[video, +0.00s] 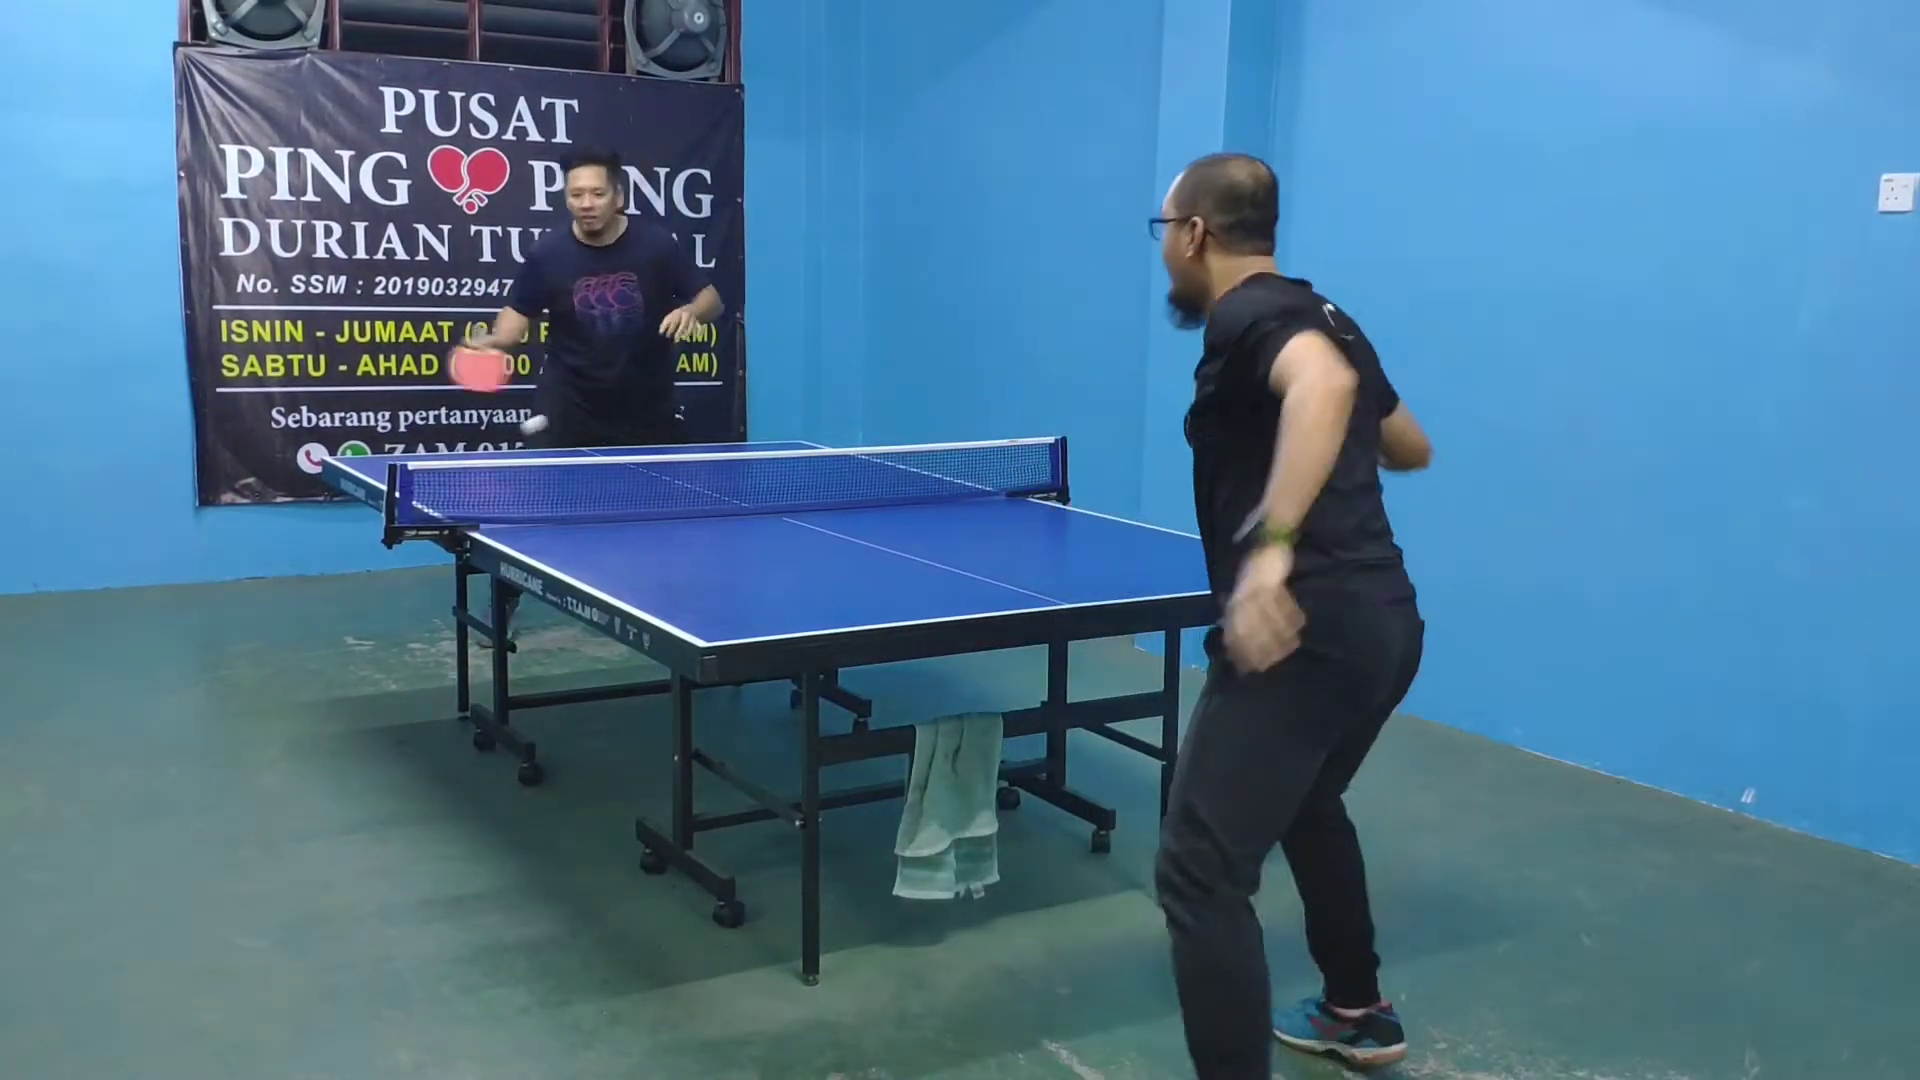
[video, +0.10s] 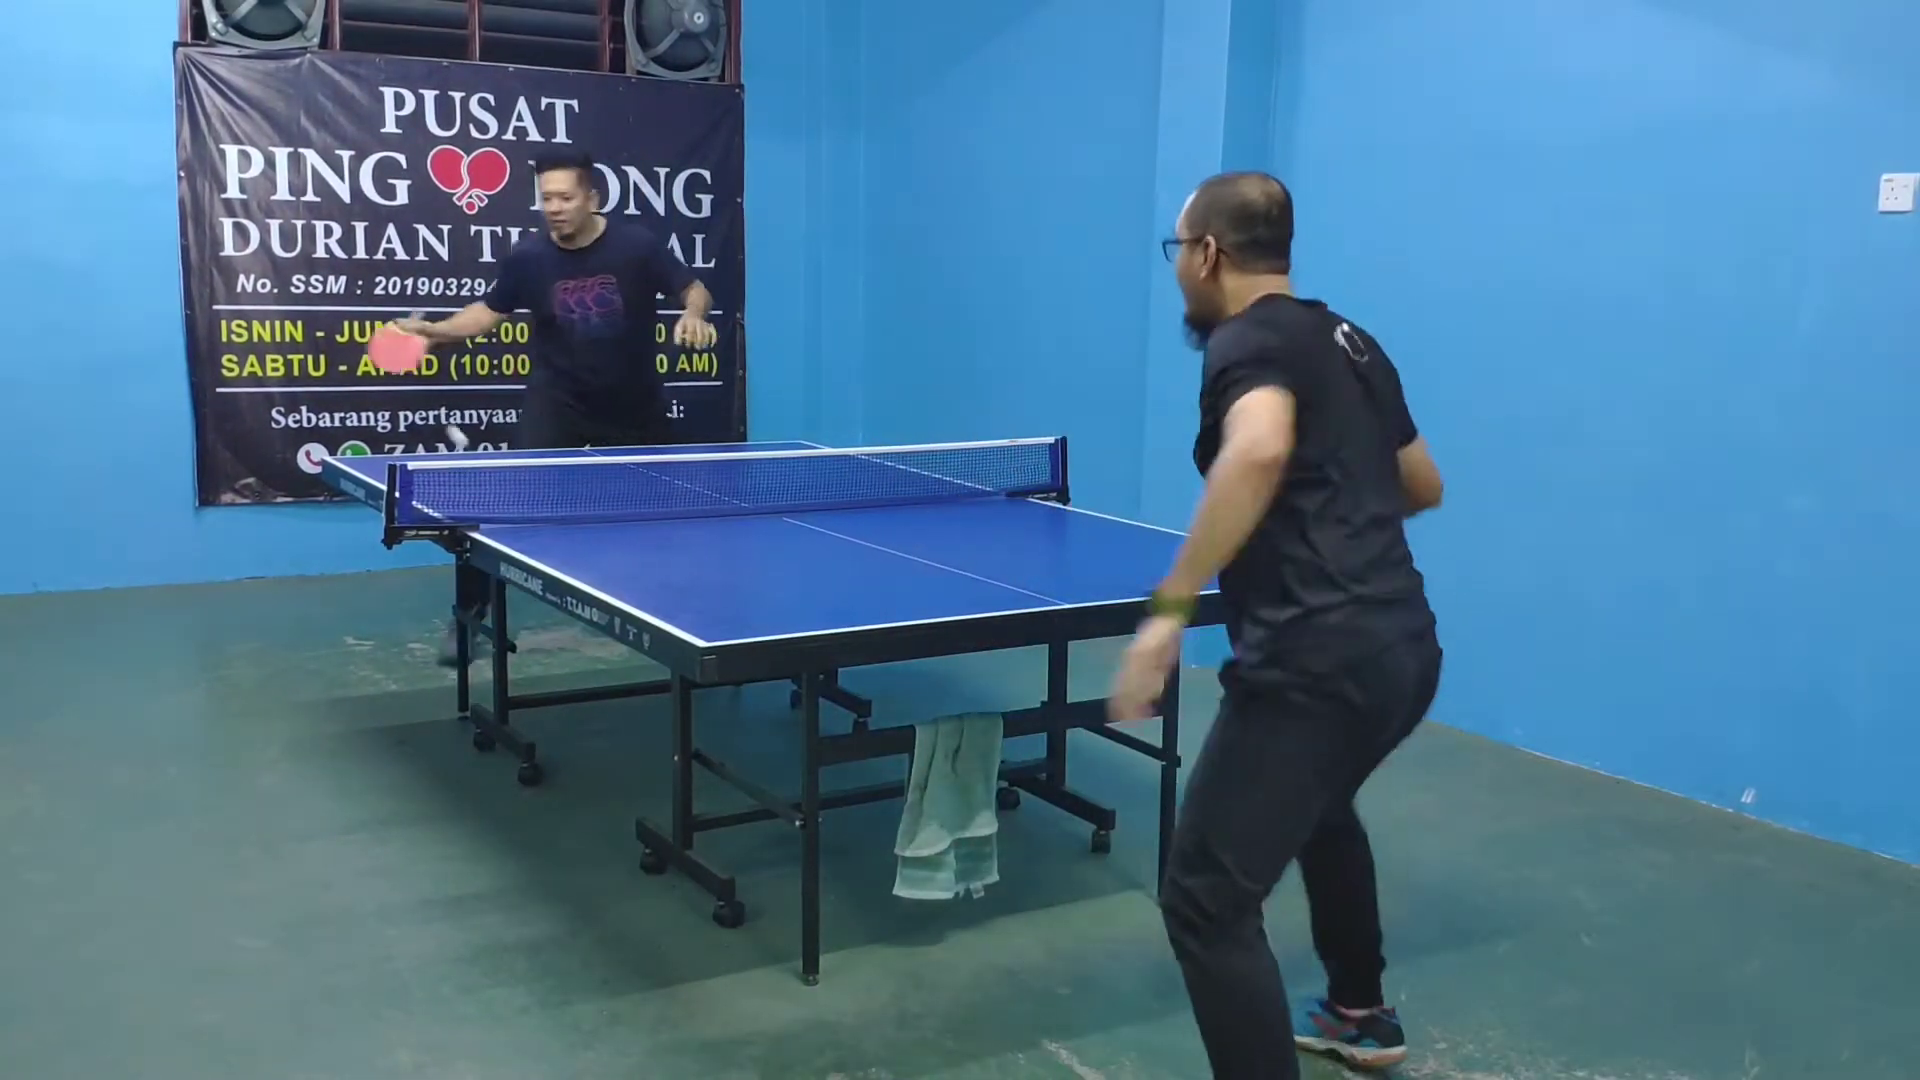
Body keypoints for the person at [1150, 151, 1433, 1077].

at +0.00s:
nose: (1163, 247)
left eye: (1167, 229)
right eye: (1164, 229)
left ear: (1198, 234)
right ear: (1258, 233)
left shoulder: (1251, 311)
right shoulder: (1324, 317)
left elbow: (1323, 378)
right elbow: (1407, 446)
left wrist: (1268, 548)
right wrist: (1300, 431)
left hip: (1306, 624)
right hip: (1379, 624)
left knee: (1200, 869)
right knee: (1309, 802)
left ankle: (1232, 1066)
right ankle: (1356, 1008)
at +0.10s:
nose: (1176, 265)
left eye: (1181, 247)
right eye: (1179, 247)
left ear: (1210, 253)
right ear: (1278, 253)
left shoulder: (1251, 339)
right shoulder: (1347, 337)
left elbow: (1259, 453)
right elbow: (1421, 485)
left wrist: (1166, 616)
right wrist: (1303, 508)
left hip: (1310, 665)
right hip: (1396, 653)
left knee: (1206, 893)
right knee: (1320, 799)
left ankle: (1254, 1066)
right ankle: (1360, 1010)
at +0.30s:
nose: (1181, 316)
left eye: (1184, 299)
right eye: (1181, 299)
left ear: (1214, 303)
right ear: (1291, 299)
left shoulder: (1246, 381)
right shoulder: (1376, 374)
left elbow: (1198, 511)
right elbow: (1428, 515)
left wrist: (1105, 613)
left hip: (1362, 698)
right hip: (1467, 679)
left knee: (1217, 914)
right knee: (1410, 814)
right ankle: (1469, 1025)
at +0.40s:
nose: (1189, 345)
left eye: (1189, 328)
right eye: (1186, 329)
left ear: (1218, 330)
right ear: (1291, 321)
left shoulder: (1261, 403)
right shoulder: (1375, 390)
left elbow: (1245, 546)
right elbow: (1410, 553)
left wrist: (1156, 648)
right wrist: (1283, 600)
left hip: (1399, 707)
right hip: (1500, 687)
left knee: (1242, 908)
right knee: (1423, 822)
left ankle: (1269, 1070)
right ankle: (1468, 1031)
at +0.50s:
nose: (1199, 369)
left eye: (1198, 352)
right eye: (1197, 352)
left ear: (1223, 355)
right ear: (1298, 347)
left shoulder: (1272, 434)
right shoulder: (1379, 410)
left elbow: (1272, 589)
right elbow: (1424, 569)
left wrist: (1217, 699)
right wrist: (1323, 647)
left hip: (1433, 721)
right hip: (1530, 701)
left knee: (1258, 911)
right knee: (1424, 816)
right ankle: (1468, 1027)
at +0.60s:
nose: (1214, 380)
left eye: (1215, 365)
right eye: (1212, 365)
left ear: (1240, 370)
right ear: (1316, 362)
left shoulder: (1264, 455)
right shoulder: (1410, 426)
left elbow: (1261, 624)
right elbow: (1484, 551)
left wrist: (1257, 731)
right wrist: (1379, 665)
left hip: (1435, 731)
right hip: (1556, 708)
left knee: (1262, 929)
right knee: (1477, 827)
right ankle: (1478, 1023)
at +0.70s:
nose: (1262, 364)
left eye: (1266, 350)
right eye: (1262, 350)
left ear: (1293, 354)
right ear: (1366, 349)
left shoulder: (1276, 451)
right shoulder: (1467, 420)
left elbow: (1251, 626)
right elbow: (1576, 581)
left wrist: (1303, 707)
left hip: (1417, 727)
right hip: (1556, 710)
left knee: (1251, 931)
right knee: (1493, 831)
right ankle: (1523, 1048)